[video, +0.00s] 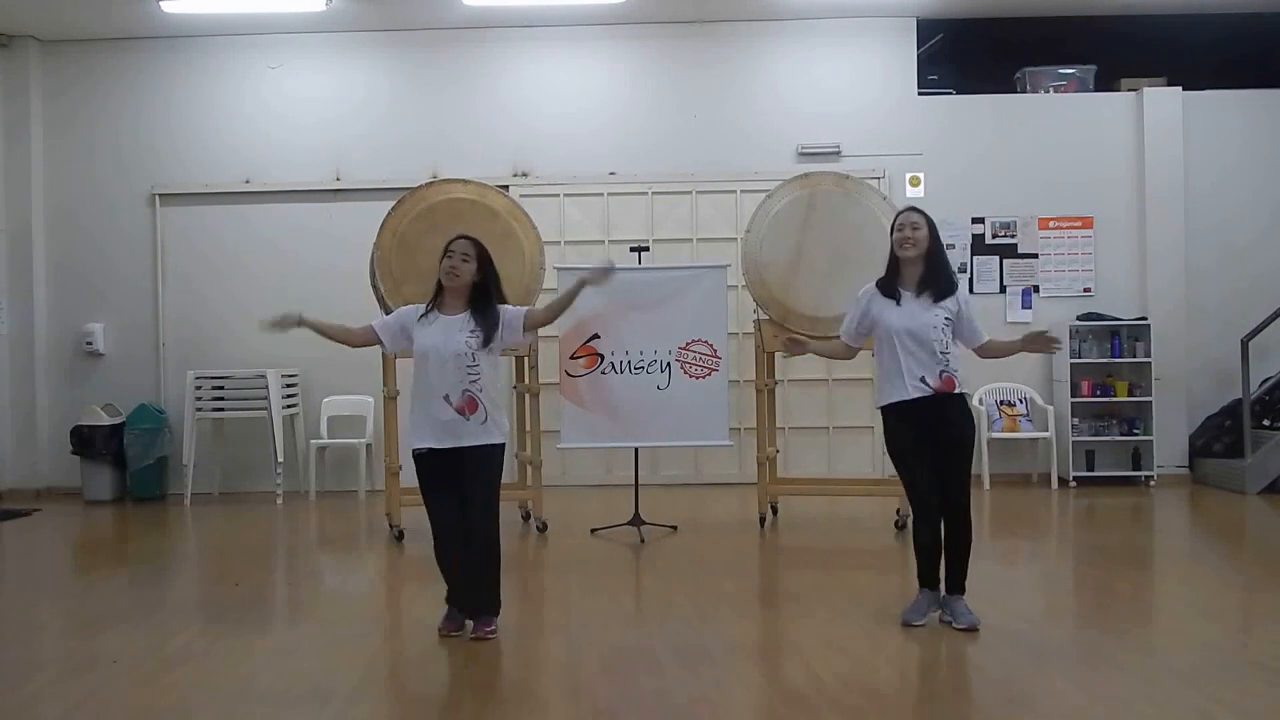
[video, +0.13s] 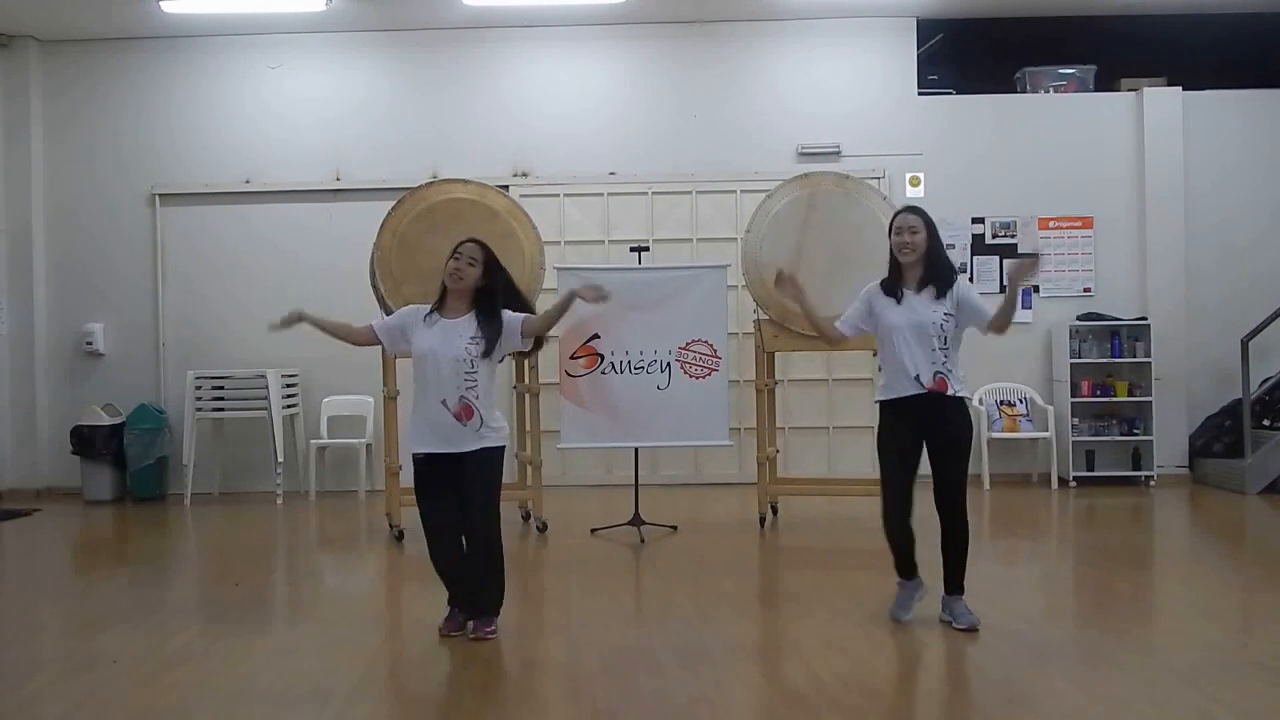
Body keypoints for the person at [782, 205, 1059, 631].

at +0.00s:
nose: (906, 233)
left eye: (915, 227)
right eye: (900, 228)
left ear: (932, 239)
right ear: (891, 240)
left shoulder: (952, 295)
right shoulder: (873, 296)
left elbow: (982, 347)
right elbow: (846, 348)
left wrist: (1023, 344)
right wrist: (808, 346)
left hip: (950, 410)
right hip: (901, 413)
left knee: (957, 505)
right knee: (924, 506)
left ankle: (954, 598)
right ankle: (927, 594)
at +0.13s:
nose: (904, 238)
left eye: (913, 231)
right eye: (897, 232)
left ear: (930, 239)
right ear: (890, 241)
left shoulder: (952, 290)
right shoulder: (877, 294)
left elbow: (997, 325)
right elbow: (834, 334)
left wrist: (1014, 286)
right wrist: (801, 298)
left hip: (948, 410)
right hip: (897, 412)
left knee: (952, 506)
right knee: (893, 510)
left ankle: (954, 599)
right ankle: (909, 582)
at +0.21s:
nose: (901, 232)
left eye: (909, 225)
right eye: (893, 227)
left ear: (924, 233)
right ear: (885, 238)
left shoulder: (946, 280)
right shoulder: (872, 288)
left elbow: (982, 287)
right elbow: (826, 306)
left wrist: (977, 234)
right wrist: (810, 255)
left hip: (942, 405)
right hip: (890, 405)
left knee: (947, 503)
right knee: (867, 497)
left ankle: (953, 598)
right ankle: (870, 583)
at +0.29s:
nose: (896, 231)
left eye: (904, 224)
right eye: (888, 226)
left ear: (920, 233)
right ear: (879, 237)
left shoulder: (937, 279)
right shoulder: (869, 285)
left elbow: (962, 269)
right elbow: (824, 292)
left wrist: (947, 216)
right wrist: (816, 236)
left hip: (934, 406)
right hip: (883, 405)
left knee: (944, 504)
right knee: (852, 498)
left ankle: (953, 598)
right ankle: (838, 586)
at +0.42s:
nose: (879, 237)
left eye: (888, 231)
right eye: (873, 231)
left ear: (904, 239)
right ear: (865, 241)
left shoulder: (916, 288)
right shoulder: (855, 286)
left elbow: (908, 258)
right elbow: (825, 275)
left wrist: (888, 206)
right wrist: (830, 220)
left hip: (914, 408)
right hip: (863, 407)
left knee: (931, 504)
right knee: (833, 502)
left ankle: (953, 599)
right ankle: (796, 593)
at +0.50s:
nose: (872, 237)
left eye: (881, 230)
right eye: (865, 231)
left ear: (895, 241)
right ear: (857, 242)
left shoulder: (908, 284)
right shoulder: (843, 289)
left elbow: (897, 286)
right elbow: (822, 278)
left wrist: (871, 247)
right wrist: (838, 225)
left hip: (896, 411)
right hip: (845, 409)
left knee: (922, 506)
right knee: (823, 505)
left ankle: (951, 598)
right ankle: (794, 595)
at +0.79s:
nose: (840, 235)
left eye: (847, 229)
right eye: (831, 229)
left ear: (858, 239)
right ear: (818, 239)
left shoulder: (871, 295)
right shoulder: (795, 288)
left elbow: (901, 353)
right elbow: (762, 340)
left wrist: (915, 333)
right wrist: (760, 315)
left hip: (846, 409)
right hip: (798, 406)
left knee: (849, 506)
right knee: (799, 504)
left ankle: (839, 582)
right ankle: (793, 596)